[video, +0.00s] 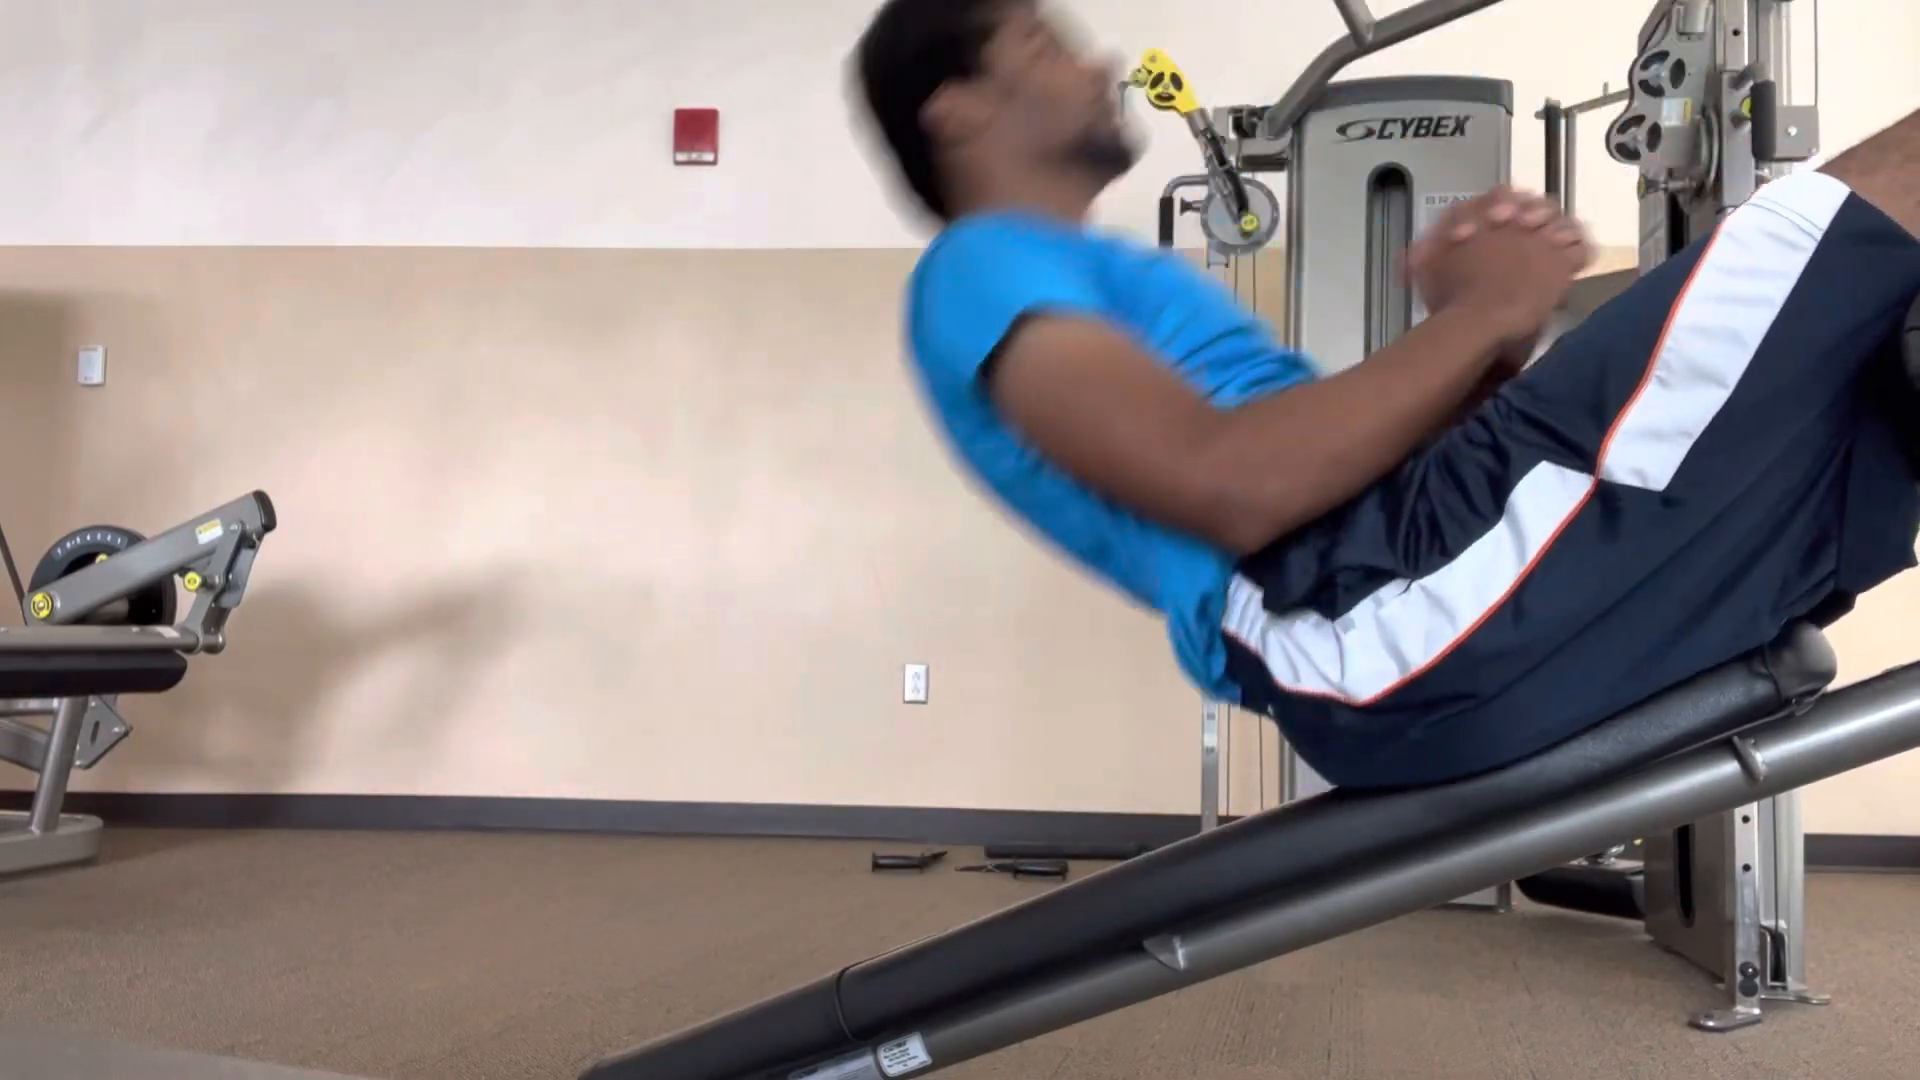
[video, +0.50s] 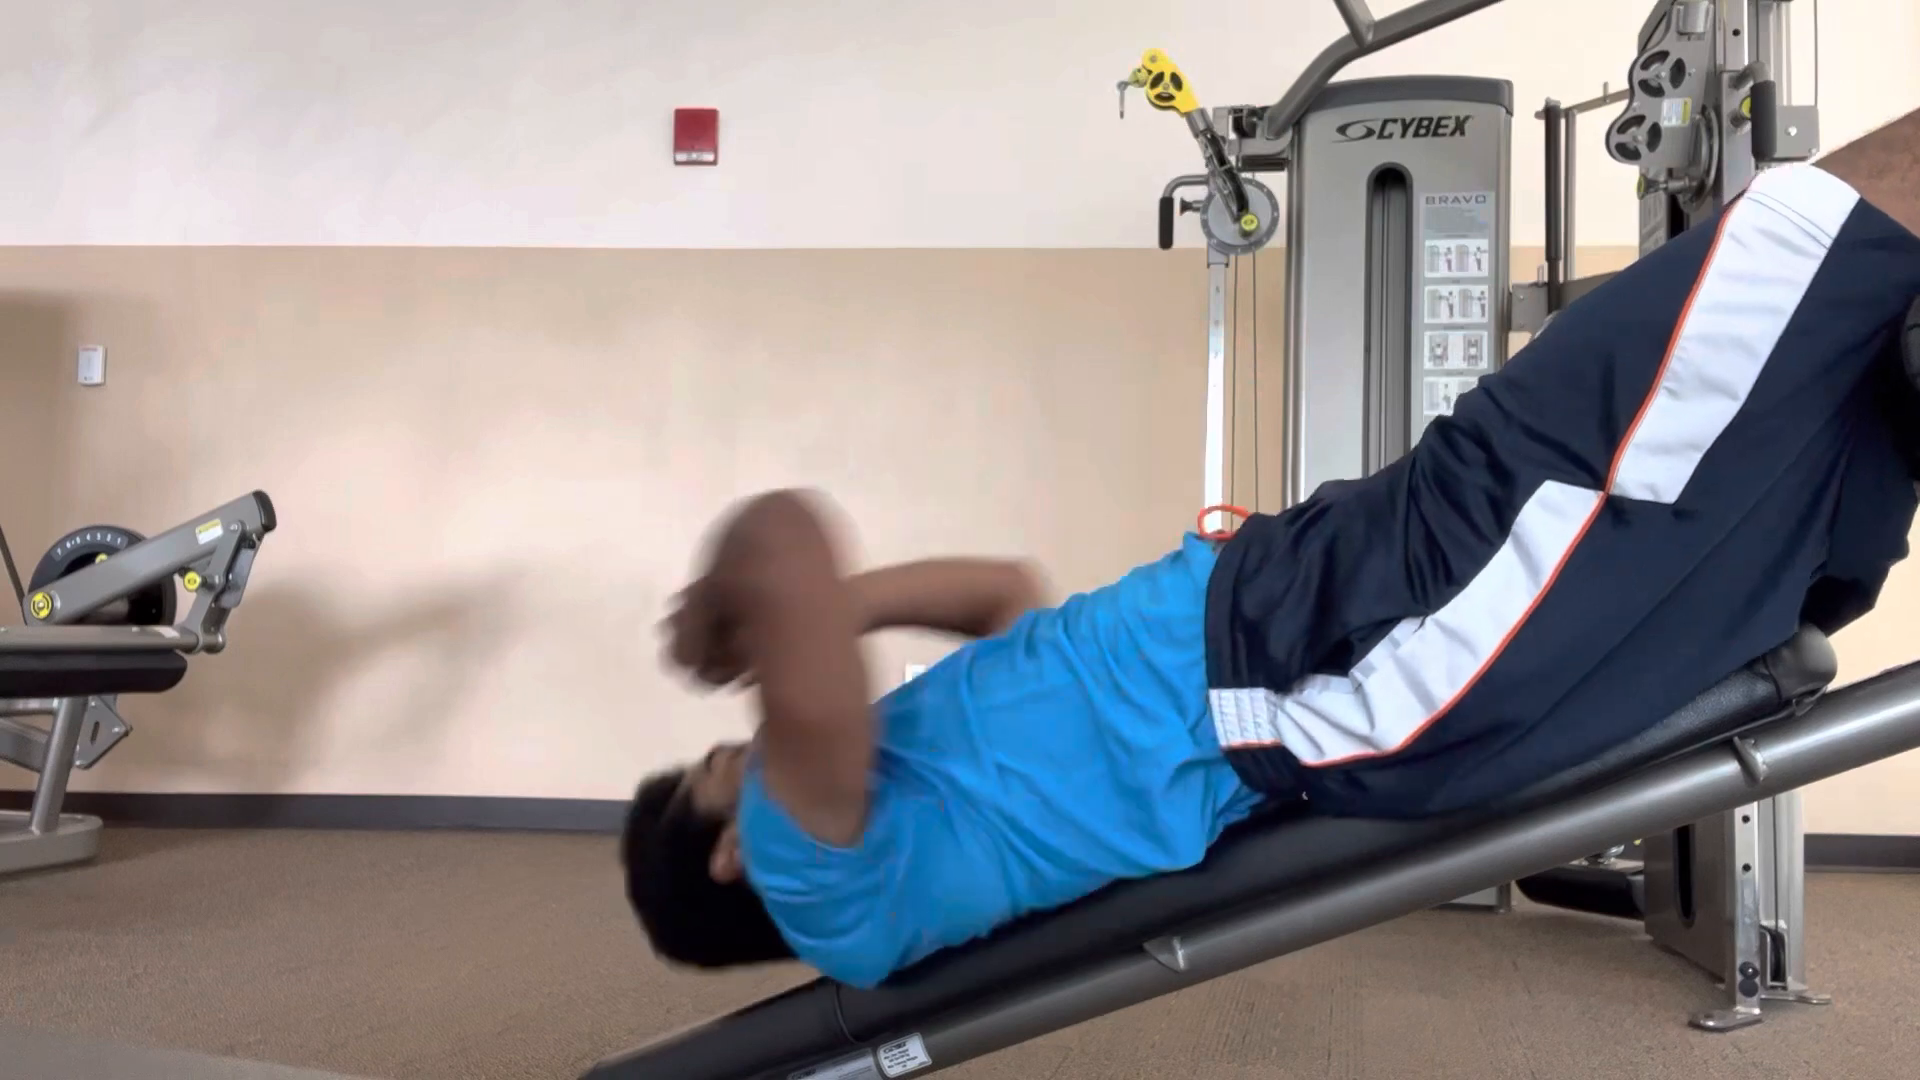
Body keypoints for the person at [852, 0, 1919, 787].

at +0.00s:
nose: (1095, 58)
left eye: (1070, 34)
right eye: (1046, 43)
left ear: (987, 110)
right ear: (960, 113)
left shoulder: (1113, 281)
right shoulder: (978, 271)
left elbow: (1288, 480)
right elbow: (1221, 487)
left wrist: (1442, 326)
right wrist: (1475, 321)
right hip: (1358, 623)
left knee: (1898, 438)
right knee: (1887, 179)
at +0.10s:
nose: (957, 216)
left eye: (929, 197)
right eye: (911, 206)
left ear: (870, 280)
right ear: (841, 285)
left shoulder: (1003, 412)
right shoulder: (886, 437)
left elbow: (1208, 560)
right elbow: (1155, 580)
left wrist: (1340, 388)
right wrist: (1367, 383)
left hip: (1412, 611)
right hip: (1364, 647)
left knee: (1890, 419)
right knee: (1883, 171)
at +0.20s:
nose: (870, 376)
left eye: (839, 361)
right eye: (823, 372)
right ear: (767, 457)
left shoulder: (942, 562)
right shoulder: (839, 583)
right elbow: (1105, 658)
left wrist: (1222, 458)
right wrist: (1223, 432)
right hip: (1331, 669)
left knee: (1876, 432)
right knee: (1881, 173)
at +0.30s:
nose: (813, 518)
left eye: (789, 506)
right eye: (764, 528)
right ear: (730, 622)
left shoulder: (915, 668)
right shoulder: (823, 710)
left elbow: (1196, 560)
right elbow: (1095, 648)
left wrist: (1070, 480)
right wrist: (1069, 465)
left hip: (1345, 639)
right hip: (1319, 664)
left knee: (1865, 416)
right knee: (1866, 185)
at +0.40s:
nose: (777, 651)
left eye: (752, 650)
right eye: (740, 680)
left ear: (794, 666)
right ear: (744, 771)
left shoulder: (924, 732)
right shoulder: (834, 830)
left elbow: (1176, 561)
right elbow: (1001, 586)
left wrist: (961, 552)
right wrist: (900, 528)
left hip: (1331, 587)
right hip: (1322, 682)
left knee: (1856, 196)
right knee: (1864, 194)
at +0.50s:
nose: (743, 753)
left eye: (724, 760)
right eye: (717, 777)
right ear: (729, 844)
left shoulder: (899, 778)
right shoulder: (818, 870)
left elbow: (1009, 593)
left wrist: (821, 608)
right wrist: (747, 579)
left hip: (1325, 581)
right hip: (1309, 682)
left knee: (1866, 191)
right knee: (1823, 215)